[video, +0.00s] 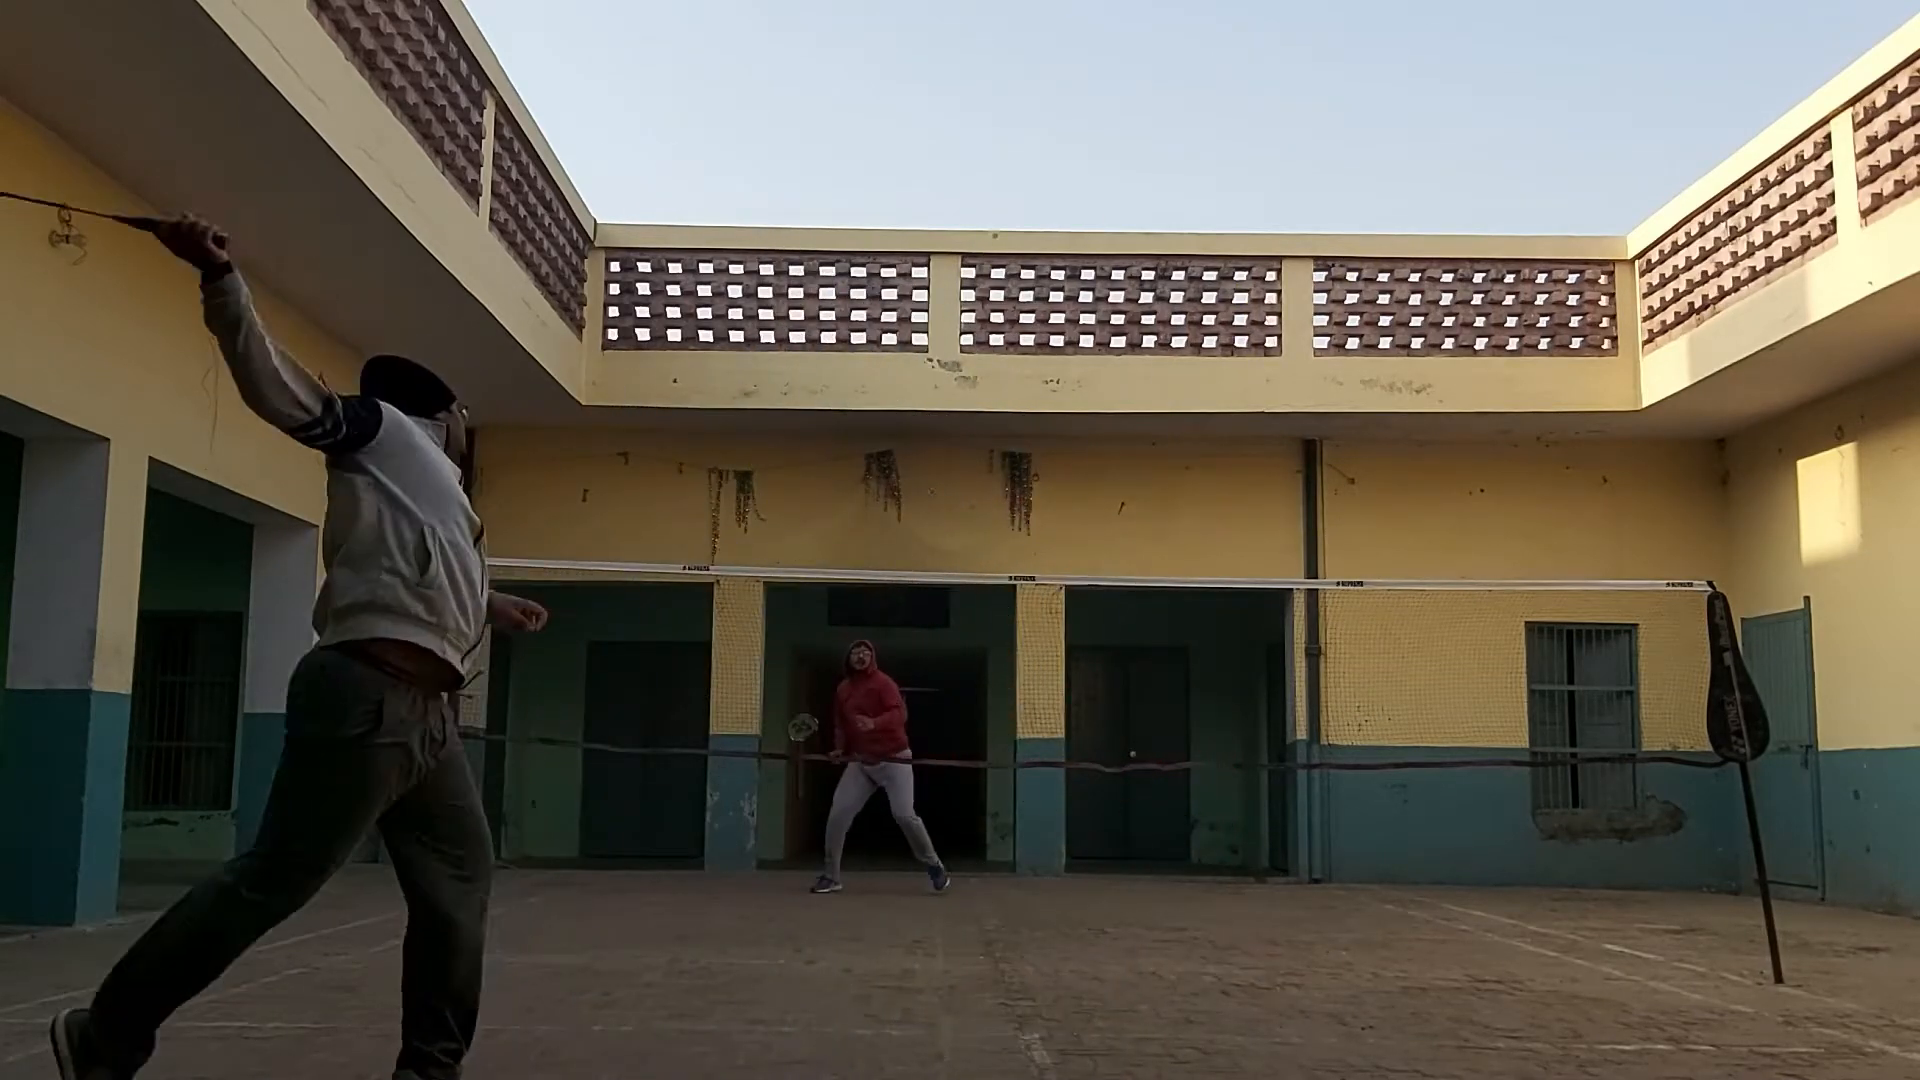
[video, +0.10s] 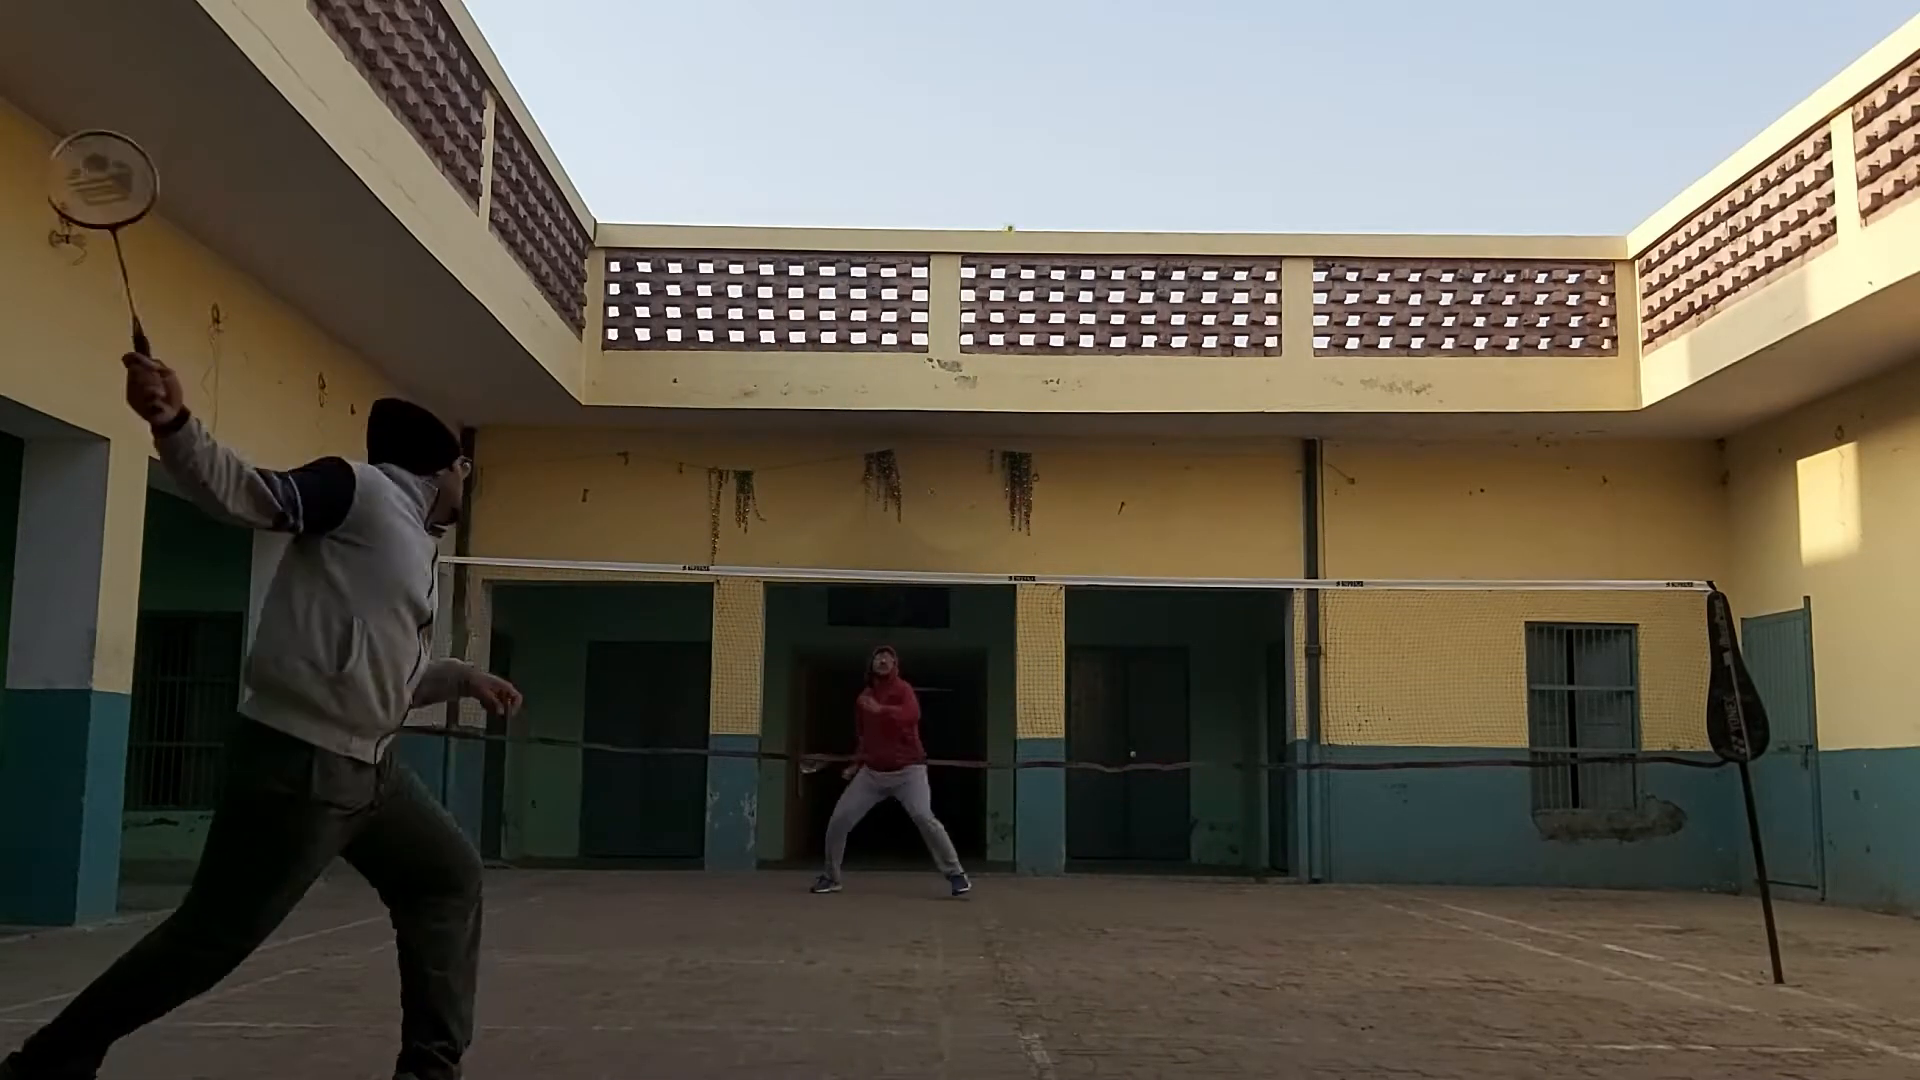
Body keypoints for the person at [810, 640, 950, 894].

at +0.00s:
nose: (860, 655)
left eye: (865, 652)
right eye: (856, 652)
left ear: (872, 658)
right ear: (849, 659)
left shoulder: (883, 683)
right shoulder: (844, 688)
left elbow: (899, 713)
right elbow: (840, 721)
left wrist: (874, 722)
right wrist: (840, 747)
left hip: (894, 762)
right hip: (861, 763)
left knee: (904, 815)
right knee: (838, 816)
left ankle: (934, 867)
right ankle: (831, 877)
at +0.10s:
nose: (883, 661)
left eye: (888, 657)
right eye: (879, 658)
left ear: (895, 665)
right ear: (872, 666)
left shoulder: (903, 689)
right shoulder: (866, 697)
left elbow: (912, 714)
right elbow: (864, 736)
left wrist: (880, 709)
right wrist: (856, 763)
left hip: (909, 772)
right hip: (872, 774)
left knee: (923, 818)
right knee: (839, 820)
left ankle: (956, 874)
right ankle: (831, 878)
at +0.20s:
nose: (911, 660)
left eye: (915, 656)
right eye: (906, 656)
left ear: (923, 663)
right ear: (899, 664)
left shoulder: (932, 688)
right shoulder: (897, 694)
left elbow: (926, 699)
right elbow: (897, 735)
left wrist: (893, 688)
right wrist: (883, 764)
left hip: (937, 767)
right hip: (906, 769)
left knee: (934, 823)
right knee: (872, 820)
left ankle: (966, 883)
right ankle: (838, 874)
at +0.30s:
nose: (936, 653)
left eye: (942, 650)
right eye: (932, 651)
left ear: (951, 657)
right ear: (927, 658)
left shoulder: (958, 677)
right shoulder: (925, 691)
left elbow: (939, 673)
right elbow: (927, 735)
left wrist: (913, 663)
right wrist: (912, 765)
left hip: (964, 763)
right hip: (935, 764)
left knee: (940, 818)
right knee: (905, 817)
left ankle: (966, 882)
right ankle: (917, 874)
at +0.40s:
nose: (956, 657)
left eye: (961, 650)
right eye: (954, 653)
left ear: (973, 651)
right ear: (955, 659)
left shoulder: (982, 672)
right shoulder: (956, 687)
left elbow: (971, 645)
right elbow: (957, 733)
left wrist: (942, 635)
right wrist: (944, 765)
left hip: (986, 757)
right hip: (963, 759)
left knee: (956, 816)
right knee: (943, 818)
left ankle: (969, 880)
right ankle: (992, 859)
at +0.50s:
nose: (986, 641)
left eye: (990, 637)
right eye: (984, 638)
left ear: (998, 642)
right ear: (982, 645)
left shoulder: (1004, 660)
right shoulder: (987, 674)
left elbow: (997, 626)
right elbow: (990, 721)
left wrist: (970, 602)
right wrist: (972, 755)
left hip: (1008, 748)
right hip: (996, 751)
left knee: (974, 806)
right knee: (996, 821)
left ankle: (988, 875)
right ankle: (1035, 875)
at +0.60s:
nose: (1018, 636)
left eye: (1022, 632)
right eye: (1018, 632)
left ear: (1030, 637)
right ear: (1017, 640)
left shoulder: (1034, 659)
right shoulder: (1016, 670)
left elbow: (1028, 624)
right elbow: (1012, 709)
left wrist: (1016, 592)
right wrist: (993, 708)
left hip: (1026, 741)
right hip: (1015, 742)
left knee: (993, 796)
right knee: (1012, 808)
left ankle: (1038, 848)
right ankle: (1033, 878)